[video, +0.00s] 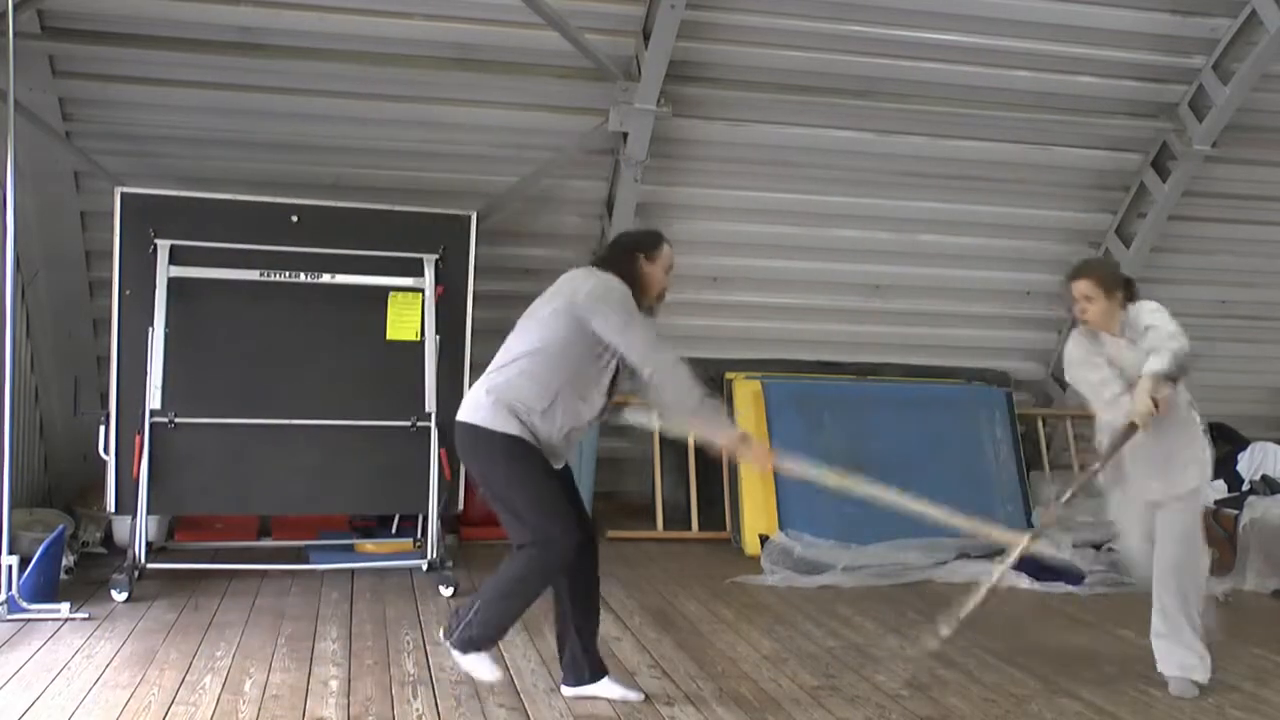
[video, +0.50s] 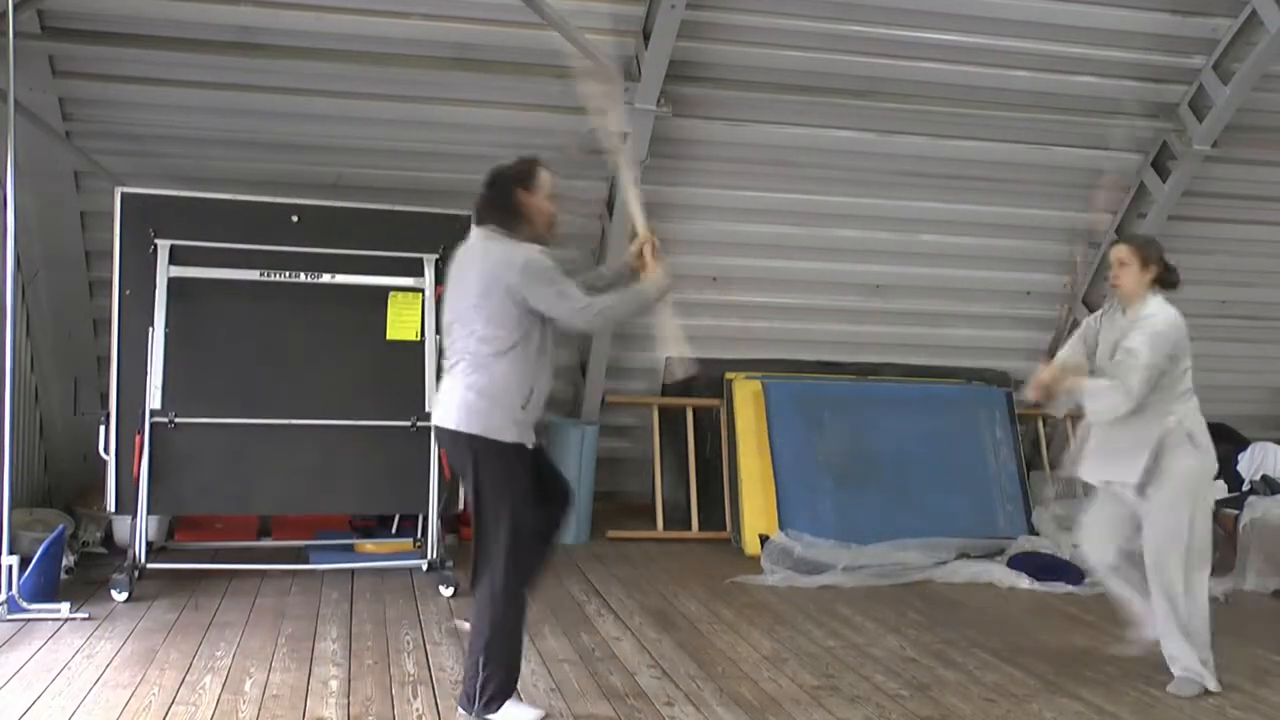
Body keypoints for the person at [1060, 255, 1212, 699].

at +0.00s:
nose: (1079, 310)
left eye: (1087, 300)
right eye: (1074, 302)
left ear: (1115, 297)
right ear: (1072, 307)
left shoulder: (1147, 314)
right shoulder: (1078, 350)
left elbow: (1173, 343)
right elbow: (1104, 399)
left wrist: (1148, 379)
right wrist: (1130, 406)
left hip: (1178, 458)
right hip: (1127, 467)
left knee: (1174, 562)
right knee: (1139, 559)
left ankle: (1181, 663)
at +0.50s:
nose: (1113, 275)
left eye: (1123, 266)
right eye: (1111, 267)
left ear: (1150, 272)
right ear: (1111, 274)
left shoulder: (1162, 323)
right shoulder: (1108, 316)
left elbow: (1126, 394)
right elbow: (1074, 354)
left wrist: (1064, 386)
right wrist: (1047, 378)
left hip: (1176, 459)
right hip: (1128, 458)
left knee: (1170, 564)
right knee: (1098, 548)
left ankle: (1195, 670)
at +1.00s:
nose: (1041, 260)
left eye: (1048, 253)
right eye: (1042, 252)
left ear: (1073, 255)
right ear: (1080, 257)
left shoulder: (1053, 295)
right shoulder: (1100, 296)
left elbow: (991, 292)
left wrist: (1009, 254)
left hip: (1068, 429)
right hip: (1090, 426)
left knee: (1059, 540)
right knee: (1056, 534)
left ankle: (1077, 658)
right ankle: (1044, 633)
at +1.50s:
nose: (974, 261)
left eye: (980, 253)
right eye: (972, 254)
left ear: (1004, 255)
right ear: (982, 257)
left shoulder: (1028, 294)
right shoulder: (976, 305)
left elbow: (969, 267)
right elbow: (927, 330)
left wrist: (917, 266)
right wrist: (907, 287)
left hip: (1013, 443)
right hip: (975, 441)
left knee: (976, 546)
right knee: (983, 541)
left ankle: (983, 663)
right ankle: (1040, 622)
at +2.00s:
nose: (858, 256)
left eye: (868, 247)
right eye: (855, 247)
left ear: (895, 252)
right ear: (851, 253)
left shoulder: (910, 294)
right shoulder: (849, 293)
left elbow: (922, 247)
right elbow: (846, 222)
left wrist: (928, 195)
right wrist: (886, 181)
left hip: (897, 446)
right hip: (848, 445)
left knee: (870, 549)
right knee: (832, 553)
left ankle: (938, 633)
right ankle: (852, 657)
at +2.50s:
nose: (787, 246)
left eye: (794, 237)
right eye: (788, 237)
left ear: (822, 241)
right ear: (828, 243)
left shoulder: (803, 292)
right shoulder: (851, 290)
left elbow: (748, 353)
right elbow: (802, 353)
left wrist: (702, 344)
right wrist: (730, 348)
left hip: (806, 442)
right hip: (845, 439)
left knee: (769, 549)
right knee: (811, 542)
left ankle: (760, 672)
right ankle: (838, 651)